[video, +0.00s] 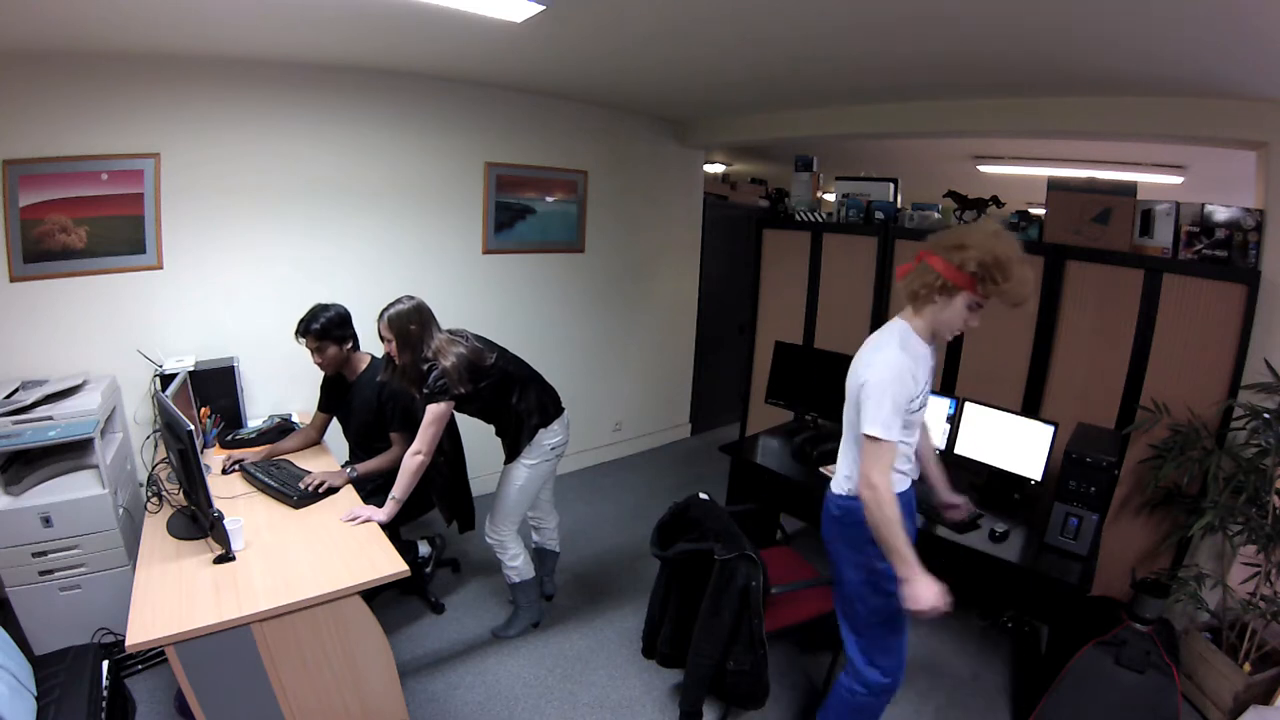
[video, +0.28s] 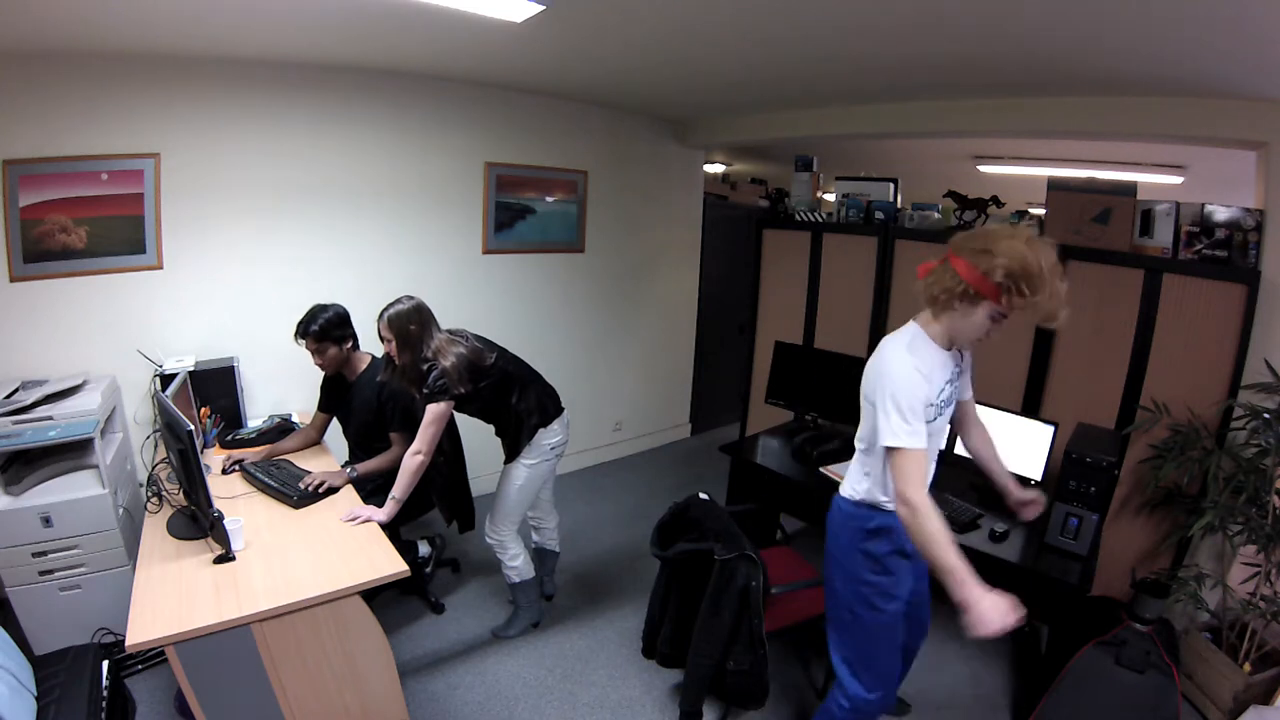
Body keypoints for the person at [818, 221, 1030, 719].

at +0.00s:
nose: (975, 322)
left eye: (980, 310)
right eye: (974, 307)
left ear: (946, 296)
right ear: (943, 291)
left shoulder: (919, 346)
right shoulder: (890, 362)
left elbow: (914, 425)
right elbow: (872, 486)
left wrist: (941, 491)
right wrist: (912, 574)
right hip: (861, 514)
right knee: (877, 669)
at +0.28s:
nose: (994, 331)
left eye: (1001, 321)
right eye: (995, 318)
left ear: (968, 300)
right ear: (966, 297)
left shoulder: (952, 349)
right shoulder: (901, 365)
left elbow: (968, 424)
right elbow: (909, 497)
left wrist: (1009, 488)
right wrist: (973, 594)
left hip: (907, 520)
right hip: (868, 528)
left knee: (908, 632)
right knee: (867, 681)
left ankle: (877, 697)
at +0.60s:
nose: (1006, 327)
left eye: (1012, 316)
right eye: (1004, 313)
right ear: (970, 289)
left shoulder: (966, 344)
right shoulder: (911, 356)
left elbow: (989, 420)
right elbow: (923, 489)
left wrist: (1040, 481)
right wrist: (987, 590)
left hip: (921, 522)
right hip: (882, 527)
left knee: (911, 623)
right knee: (865, 679)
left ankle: (876, 691)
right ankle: (845, 709)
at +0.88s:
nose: (1002, 322)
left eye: (1008, 311)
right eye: (1000, 308)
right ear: (969, 287)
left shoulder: (964, 338)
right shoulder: (908, 353)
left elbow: (975, 415)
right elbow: (908, 486)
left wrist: (1013, 484)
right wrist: (953, 587)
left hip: (939, 506)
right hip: (897, 517)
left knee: (909, 615)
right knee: (867, 651)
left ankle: (876, 688)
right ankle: (834, 712)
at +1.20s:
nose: (1002, 330)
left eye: (1008, 319)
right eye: (999, 317)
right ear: (970, 295)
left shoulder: (964, 342)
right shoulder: (907, 356)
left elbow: (968, 421)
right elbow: (896, 486)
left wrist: (993, 494)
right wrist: (915, 588)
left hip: (944, 508)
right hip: (905, 517)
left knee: (918, 616)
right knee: (890, 643)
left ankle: (880, 692)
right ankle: (843, 712)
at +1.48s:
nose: (1006, 331)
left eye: (1013, 319)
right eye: (1005, 317)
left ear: (984, 298)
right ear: (977, 294)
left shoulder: (969, 345)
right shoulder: (913, 353)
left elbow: (990, 423)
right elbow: (934, 484)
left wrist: (1041, 488)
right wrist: (996, 582)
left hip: (928, 523)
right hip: (889, 528)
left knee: (914, 622)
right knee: (869, 682)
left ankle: (879, 690)